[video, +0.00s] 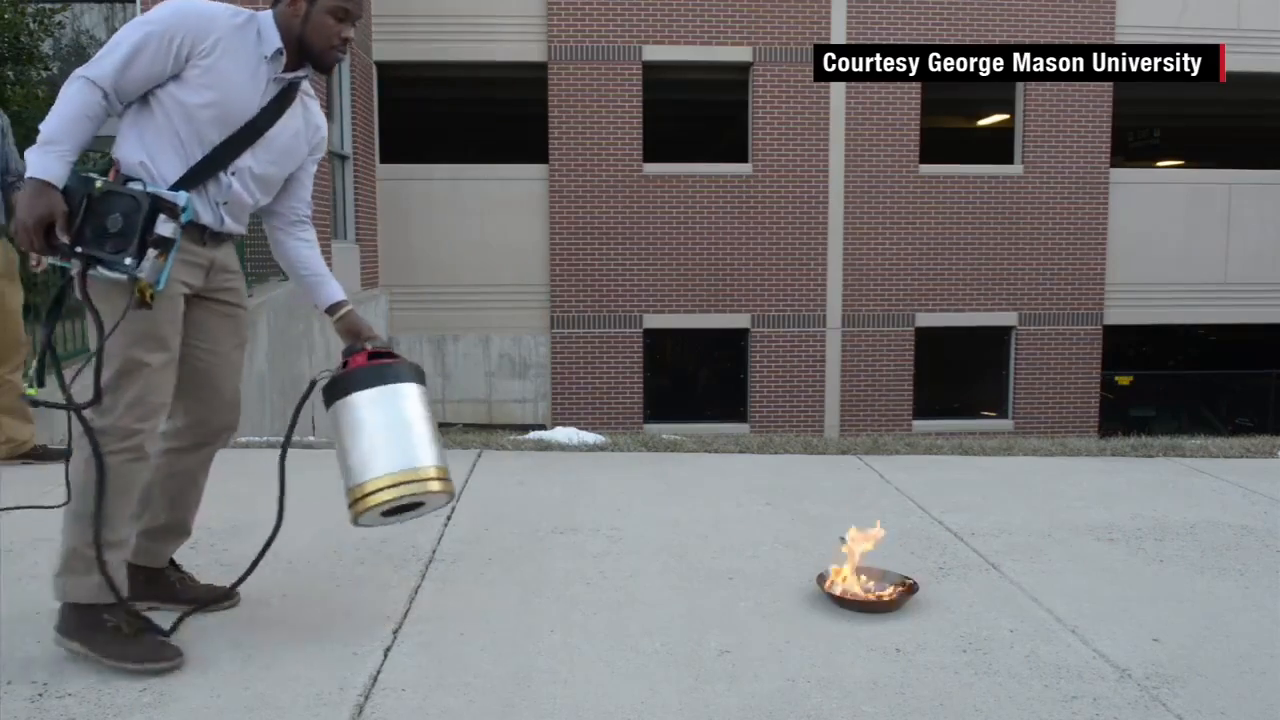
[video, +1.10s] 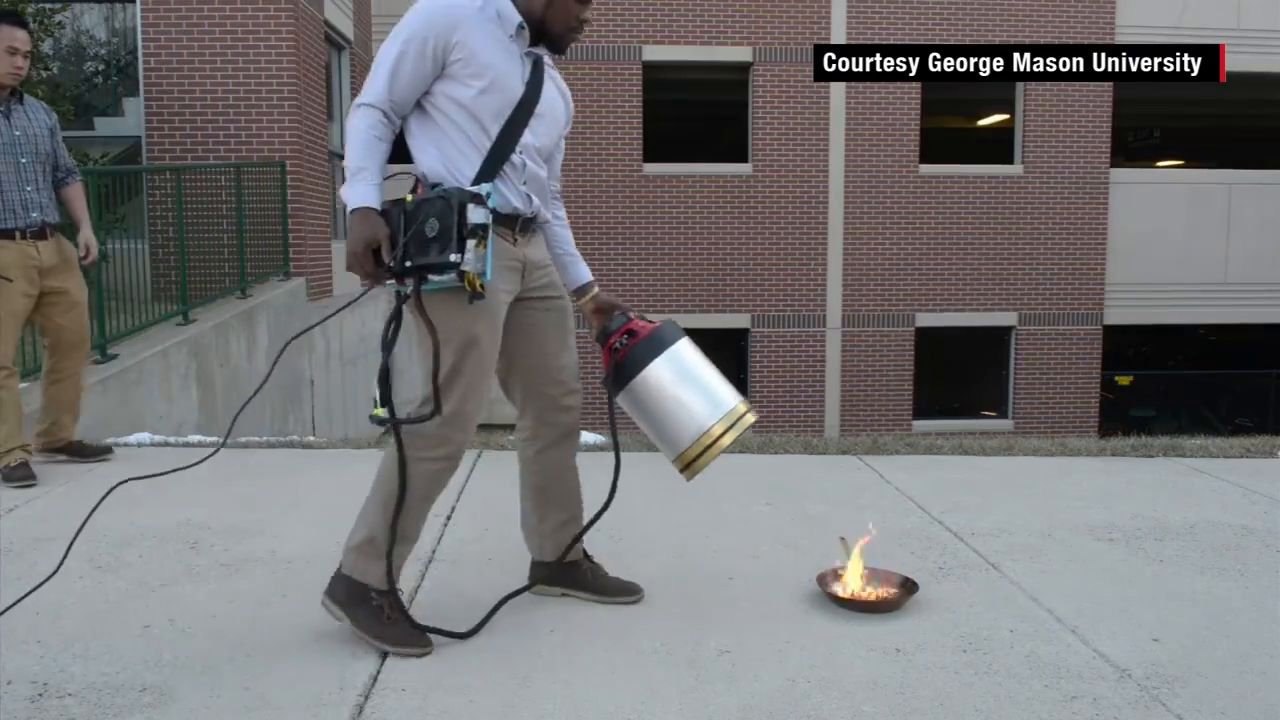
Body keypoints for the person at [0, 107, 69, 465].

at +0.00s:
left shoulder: (4, 123)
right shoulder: (6, 124)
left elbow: (14, 179)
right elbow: (14, 180)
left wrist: (30, 232)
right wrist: (31, 232)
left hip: (5, 241)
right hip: (4, 243)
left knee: (11, 342)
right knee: (10, 342)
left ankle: (13, 435)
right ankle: (12, 436)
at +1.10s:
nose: (19, 62)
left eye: (25, 55)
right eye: (10, 52)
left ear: (31, 61)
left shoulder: (41, 113)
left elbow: (66, 174)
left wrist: (84, 224)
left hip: (55, 247)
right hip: (7, 252)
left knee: (72, 340)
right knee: (4, 360)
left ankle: (57, 437)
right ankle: (11, 452)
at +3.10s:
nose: (52, 59)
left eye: (60, 53)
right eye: (42, 49)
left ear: (65, 61)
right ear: (15, 52)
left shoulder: (77, 115)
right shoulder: (3, 106)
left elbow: (100, 179)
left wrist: (113, 235)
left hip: (80, 249)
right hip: (21, 251)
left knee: (83, 352)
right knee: (17, 360)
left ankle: (86, 442)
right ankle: (13, 452)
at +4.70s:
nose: (51, 57)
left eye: (58, 51)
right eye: (40, 47)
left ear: (64, 60)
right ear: (14, 52)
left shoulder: (78, 116)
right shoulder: (3, 105)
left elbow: (100, 179)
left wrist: (112, 234)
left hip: (79, 248)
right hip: (19, 250)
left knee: (84, 352)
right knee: (16, 360)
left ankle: (87, 441)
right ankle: (13, 452)